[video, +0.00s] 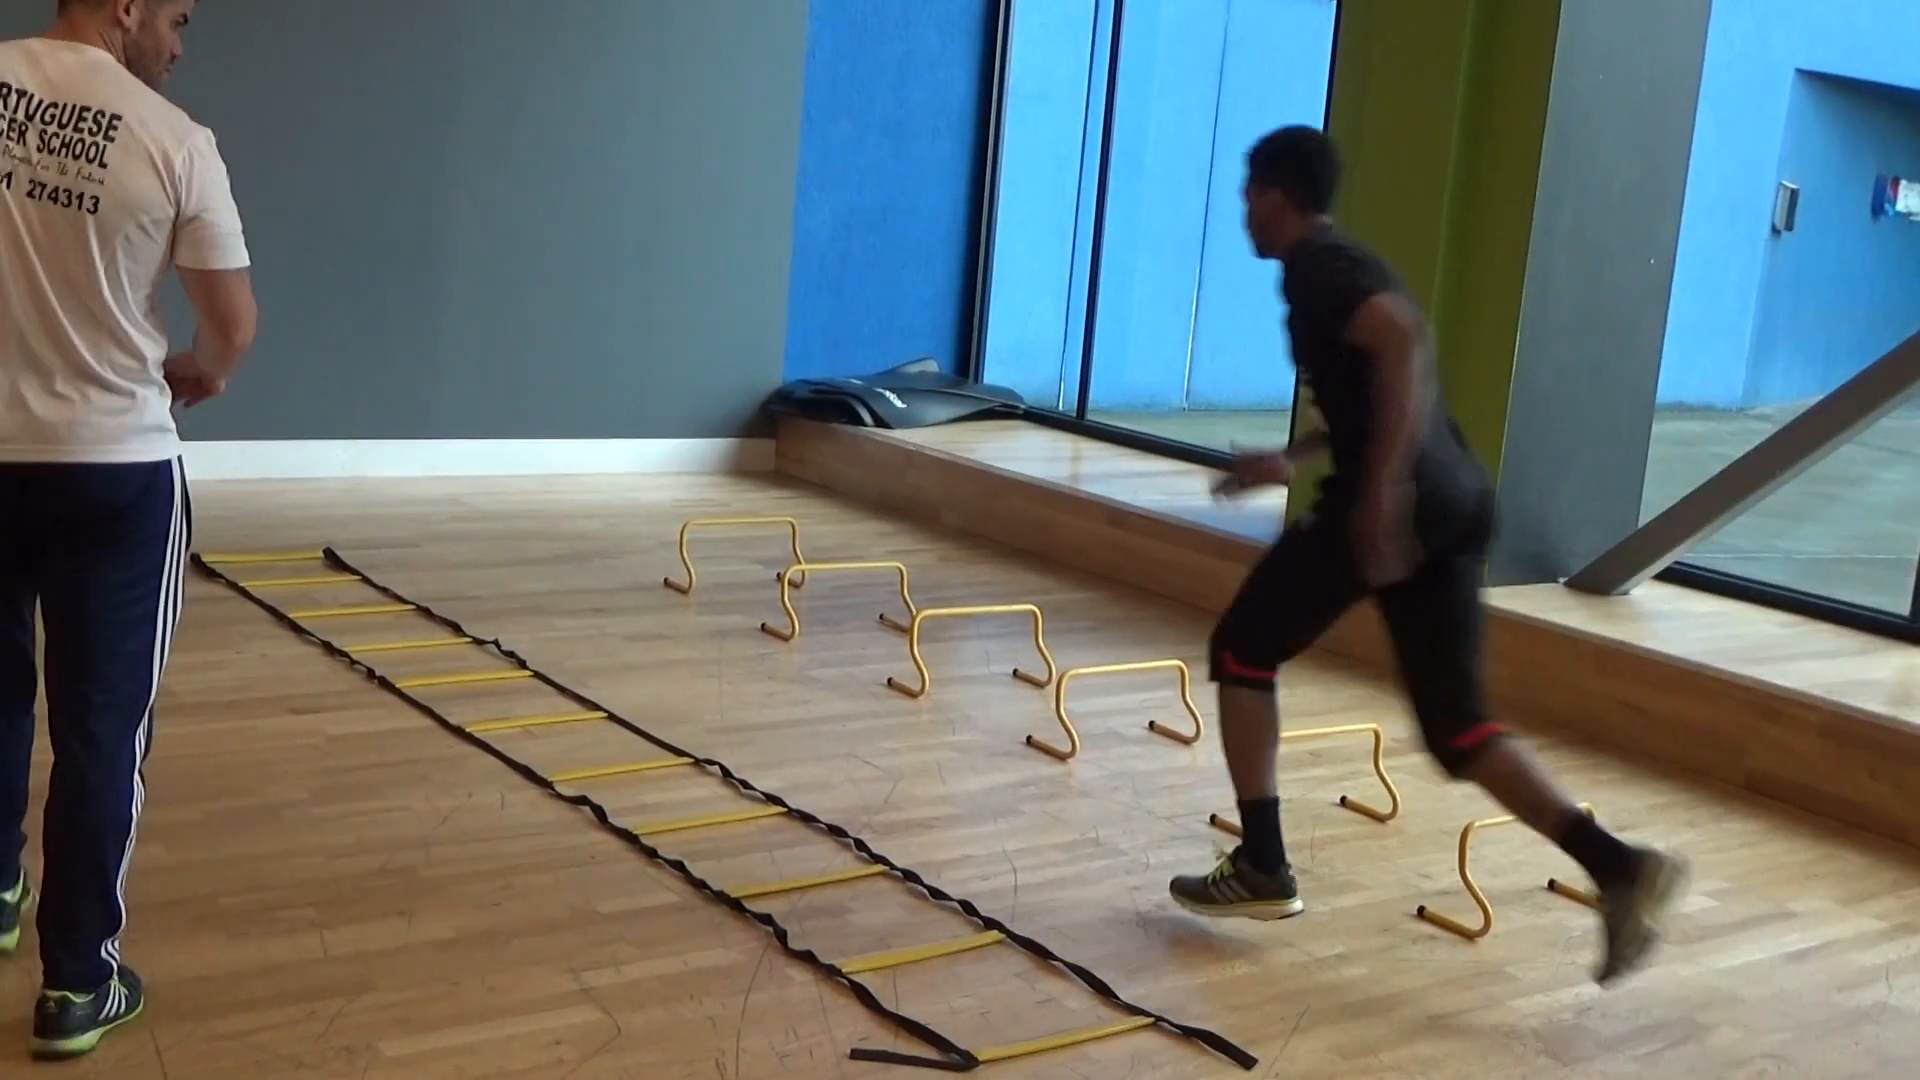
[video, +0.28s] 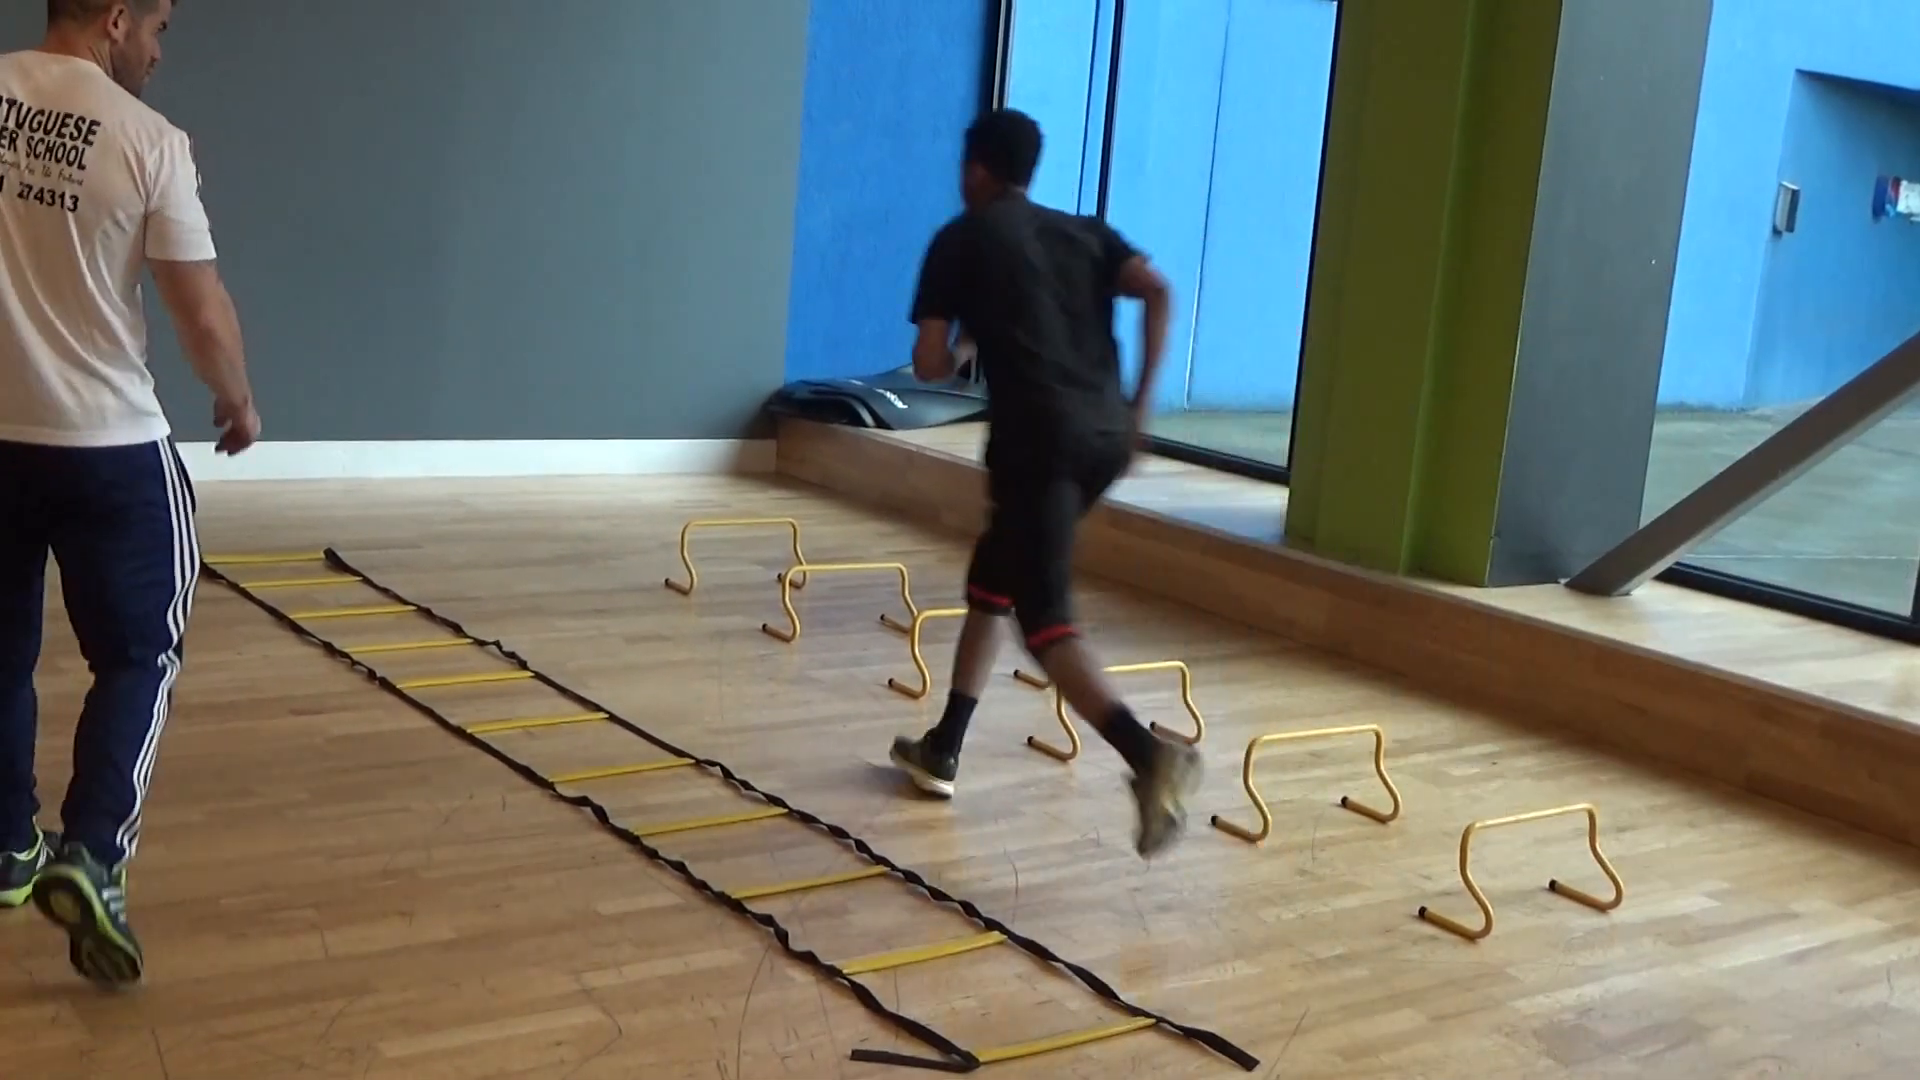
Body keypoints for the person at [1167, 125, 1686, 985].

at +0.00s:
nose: (1246, 207)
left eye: (1254, 193)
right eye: (1249, 192)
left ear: (1282, 199)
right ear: (1310, 197)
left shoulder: (1321, 266)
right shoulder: (1326, 272)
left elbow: (1401, 339)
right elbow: (1367, 417)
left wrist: (1382, 497)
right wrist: (1282, 462)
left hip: (1380, 502)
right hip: (1443, 503)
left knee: (1242, 648)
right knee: (1457, 728)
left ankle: (1262, 864)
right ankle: (1616, 867)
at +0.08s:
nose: (1158, 212)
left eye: (1163, 196)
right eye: (1161, 196)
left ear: (1186, 199)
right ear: (1228, 198)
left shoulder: (1207, 276)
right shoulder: (1283, 267)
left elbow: (1197, 418)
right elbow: (1368, 361)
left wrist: (1109, 513)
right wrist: (1360, 469)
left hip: (1280, 498)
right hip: (1354, 499)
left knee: (1201, 691)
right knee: (1258, 701)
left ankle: (1260, 891)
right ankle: (1411, 782)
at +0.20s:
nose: (1037, 206)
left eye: (1041, 194)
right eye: (1042, 193)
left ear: (1058, 198)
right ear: (1104, 196)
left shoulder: (1045, 271)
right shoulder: (1164, 255)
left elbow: (982, 390)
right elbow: (1269, 268)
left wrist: (964, 339)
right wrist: (1299, 386)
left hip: (1142, 483)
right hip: (1209, 474)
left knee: (1160, 681)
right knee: (1060, 576)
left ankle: (1238, 857)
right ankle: (1057, 758)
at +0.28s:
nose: (961, 178)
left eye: (965, 167)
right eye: (968, 166)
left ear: (978, 170)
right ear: (1028, 172)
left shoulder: (959, 240)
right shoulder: (1082, 233)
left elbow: (929, 362)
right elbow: (1158, 290)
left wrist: (961, 356)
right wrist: (1141, 403)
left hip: (1034, 443)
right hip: (1105, 440)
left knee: (1050, 635)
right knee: (990, 582)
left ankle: (1149, 755)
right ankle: (944, 747)